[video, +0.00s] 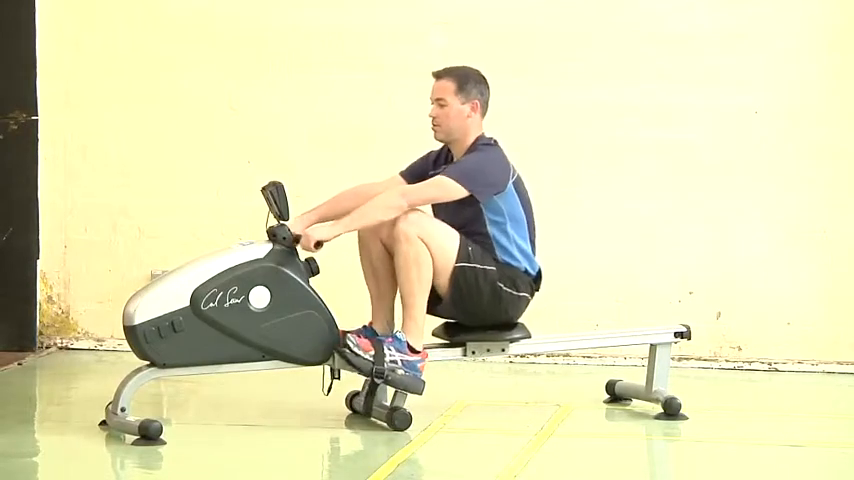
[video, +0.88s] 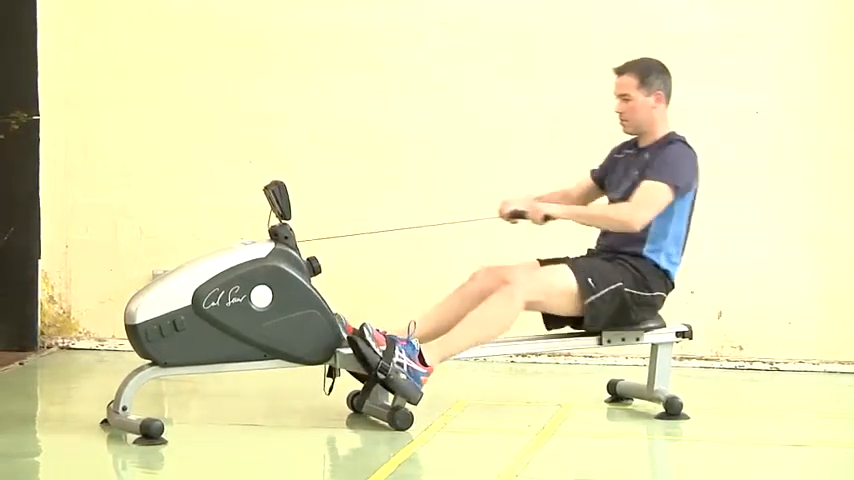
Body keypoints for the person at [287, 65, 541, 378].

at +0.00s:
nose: (431, 113)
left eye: (440, 104)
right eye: (432, 104)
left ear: (473, 109)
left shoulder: (487, 162)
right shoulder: (436, 161)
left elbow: (405, 199)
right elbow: (380, 191)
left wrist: (336, 228)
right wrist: (308, 218)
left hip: (504, 289)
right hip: (462, 289)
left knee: (410, 224)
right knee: (374, 222)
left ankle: (412, 350)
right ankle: (381, 334)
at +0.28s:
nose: (468, 108)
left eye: (477, 100)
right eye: (469, 99)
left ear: (509, 106)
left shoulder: (522, 159)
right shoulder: (470, 158)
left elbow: (437, 193)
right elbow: (409, 188)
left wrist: (367, 222)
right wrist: (339, 211)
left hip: (538, 285)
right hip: (497, 284)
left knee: (439, 229)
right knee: (403, 225)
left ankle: (416, 355)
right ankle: (386, 338)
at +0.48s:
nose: (514, 105)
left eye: (523, 96)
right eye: (515, 96)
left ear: (556, 100)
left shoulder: (570, 155)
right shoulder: (515, 154)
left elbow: (488, 188)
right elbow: (454, 184)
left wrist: (417, 215)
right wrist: (388, 203)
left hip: (575, 281)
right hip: (537, 276)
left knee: (466, 242)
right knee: (434, 236)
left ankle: (419, 358)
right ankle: (391, 340)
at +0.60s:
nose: (549, 103)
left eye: (557, 94)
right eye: (549, 94)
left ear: (589, 98)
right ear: (583, 98)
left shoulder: (605, 153)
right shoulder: (552, 152)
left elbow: (528, 193)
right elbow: (494, 181)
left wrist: (457, 212)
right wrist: (426, 200)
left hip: (596, 278)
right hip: (562, 271)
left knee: (485, 253)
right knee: (453, 248)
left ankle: (421, 359)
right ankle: (393, 341)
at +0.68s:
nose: (571, 103)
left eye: (580, 94)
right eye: (571, 94)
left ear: (611, 97)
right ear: (600, 98)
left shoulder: (629, 153)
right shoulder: (577, 150)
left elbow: (557, 197)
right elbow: (523, 183)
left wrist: (481, 210)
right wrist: (459, 199)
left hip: (611, 277)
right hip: (577, 267)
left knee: (495, 259)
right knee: (462, 256)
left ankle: (422, 359)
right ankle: (394, 343)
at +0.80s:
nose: (601, 105)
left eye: (610, 96)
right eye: (601, 96)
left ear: (642, 97)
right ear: (626, 98)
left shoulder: (660, 154)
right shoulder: (608, 153)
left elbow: (604, 208)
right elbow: (554, 191)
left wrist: (530, 211)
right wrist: (498, 202)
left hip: (630, 276)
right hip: (595, 265)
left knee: (511, 273)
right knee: (478, 267)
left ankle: (422, 361)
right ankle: (398, 344)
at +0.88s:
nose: (618, 108)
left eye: (626, 99)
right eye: (617, 99)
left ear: (658, 100)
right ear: (633, 101)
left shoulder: (676, 155)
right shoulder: (624, 153)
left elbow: (633, 217)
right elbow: (576, 196)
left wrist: (556, 211)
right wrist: (528, 204)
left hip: (638, 275)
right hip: (604, 265)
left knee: (515, 286)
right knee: (484, 279)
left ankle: (421, 364)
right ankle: (398, 345)